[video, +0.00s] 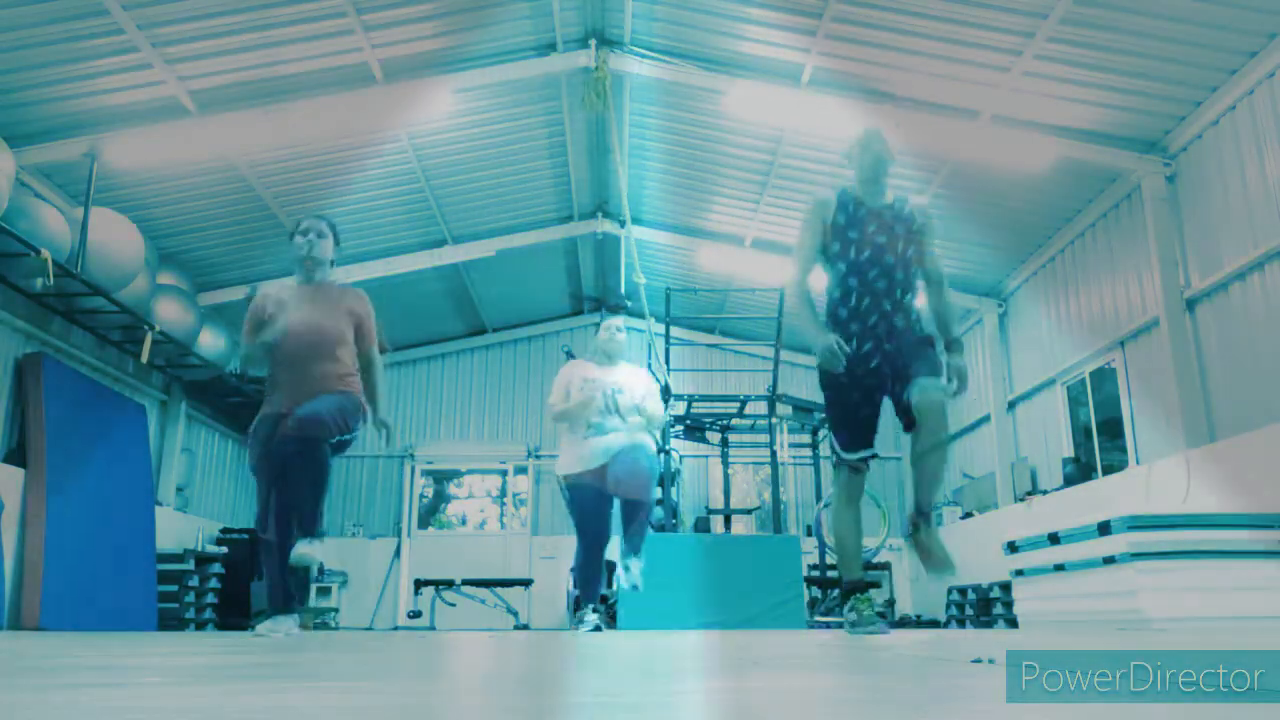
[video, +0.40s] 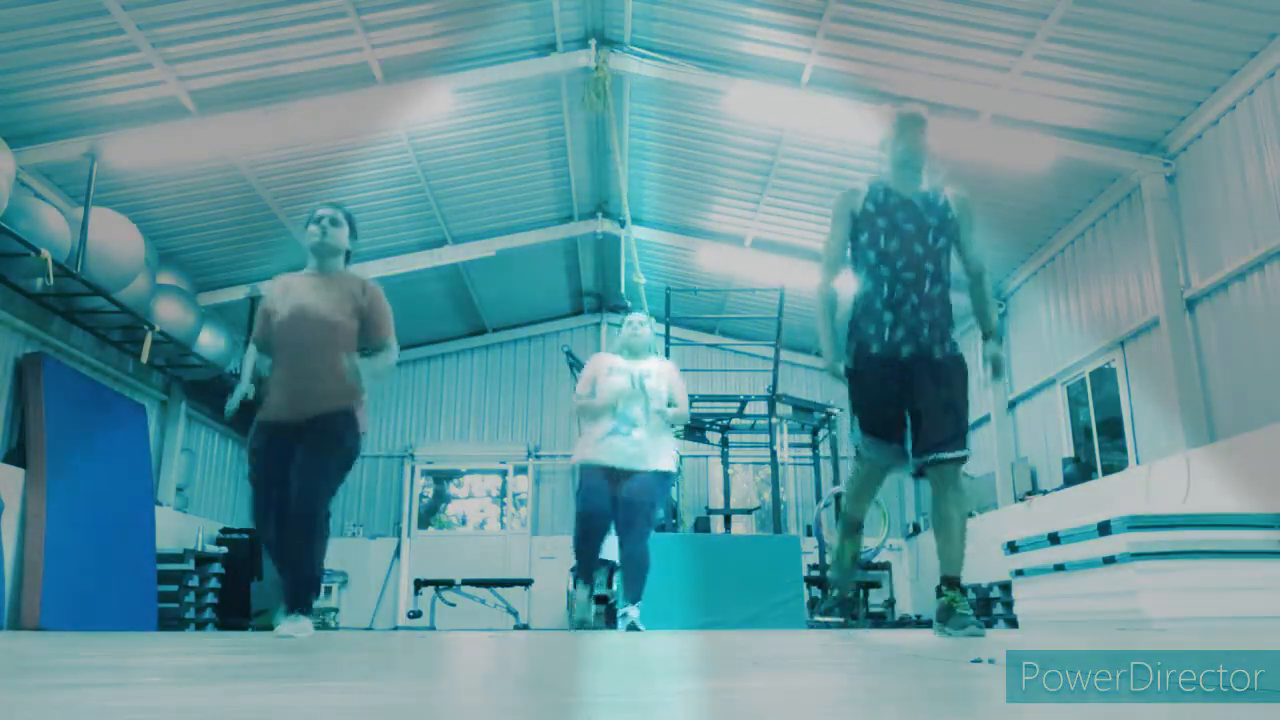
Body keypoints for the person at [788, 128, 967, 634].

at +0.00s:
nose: (875, 161)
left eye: (881, 154)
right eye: (867, 153)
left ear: (890, 163)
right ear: (851, 161)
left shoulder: (912, 219)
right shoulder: (828, 210)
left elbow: (936, 286)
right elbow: (797, 281)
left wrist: (953, 348)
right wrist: (816, 334)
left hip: (904, 338)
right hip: (846, 342)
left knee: (932, 404)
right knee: (851, 474)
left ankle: (922, 524)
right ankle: (857, 599)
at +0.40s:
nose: (908, 148)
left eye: (915, 140)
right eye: (900, 140)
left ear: (925, 147)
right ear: (885, 147)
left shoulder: (950, 204)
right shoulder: (855, 202)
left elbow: (977, 272)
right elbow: (828, 277)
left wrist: (991, 335)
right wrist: (830, 344)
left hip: (937, 352)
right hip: (874, 351)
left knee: (946, 473)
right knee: (878, 456)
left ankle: (952, 594)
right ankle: (848, 532)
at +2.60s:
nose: (1065, 138)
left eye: (1072, 132)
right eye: (1055, 131)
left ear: (1082, 148)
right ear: (1040, 146)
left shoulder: (1109, 205)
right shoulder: (1017, 211)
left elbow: (1143, 281)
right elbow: (997, 295)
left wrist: (1174, 343)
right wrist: (999, 371)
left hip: (1124, 353)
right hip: (1068, 356)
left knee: (1138, 481)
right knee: (1095, 467)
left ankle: (1128, 594)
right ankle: (1103, 602)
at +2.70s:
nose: (1067, 137)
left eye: (1073, 127)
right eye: (1058, 127)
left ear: (1084, 131)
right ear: (1040, 132)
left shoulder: (1109, 190)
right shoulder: (1025, 200)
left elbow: (1138, 262)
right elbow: (1003, 281)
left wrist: (1170, 317)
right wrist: (1026, 337)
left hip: (1120, 337)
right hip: (1069, 343)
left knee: (1166, 441)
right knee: (1087, 463)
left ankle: (1124, 521)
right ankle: (1106, 592)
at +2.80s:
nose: (1073, 133)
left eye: (1081, 123)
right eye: (1064, 124)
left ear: (1091, 127)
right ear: (1048, 129)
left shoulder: (1117, 185)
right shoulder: (1031, 190)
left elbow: (1142, 261)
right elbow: (1018, 269)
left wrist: (1180, 329)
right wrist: (1059, 318)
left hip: (1123, 333)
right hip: (1070, 338)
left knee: (1198, 399)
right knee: (1100, 464)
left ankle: (1124, 458)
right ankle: (1102, 597)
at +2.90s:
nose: (1089, 148)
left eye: (1097, 140)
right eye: (1079, 138)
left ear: (1107, 150)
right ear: (1060, 147)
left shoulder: (1126, 208)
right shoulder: (1043, 206)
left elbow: (1158, 279)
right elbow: (1030, 285)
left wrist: (1194, 343)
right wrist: (1090, 321)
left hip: (1133, 344)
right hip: (1080, 353)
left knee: (1214, 376)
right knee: (1114, 477)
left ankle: (1133, 423)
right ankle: (1102, 600)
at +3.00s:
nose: (1103, 141)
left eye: (1110, 133)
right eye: (1093, 132)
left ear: (1119, 143)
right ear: (1072, 141)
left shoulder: (1140, 201)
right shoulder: (1051, 197)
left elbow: (1166, 274)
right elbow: (1034, 275)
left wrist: (1201, 332)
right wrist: (1091, 320)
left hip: (1147, 342)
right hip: (1090, 349)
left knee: (1222, 372)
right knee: (1108, 473)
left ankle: (1168, 473)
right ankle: (1103, 598)